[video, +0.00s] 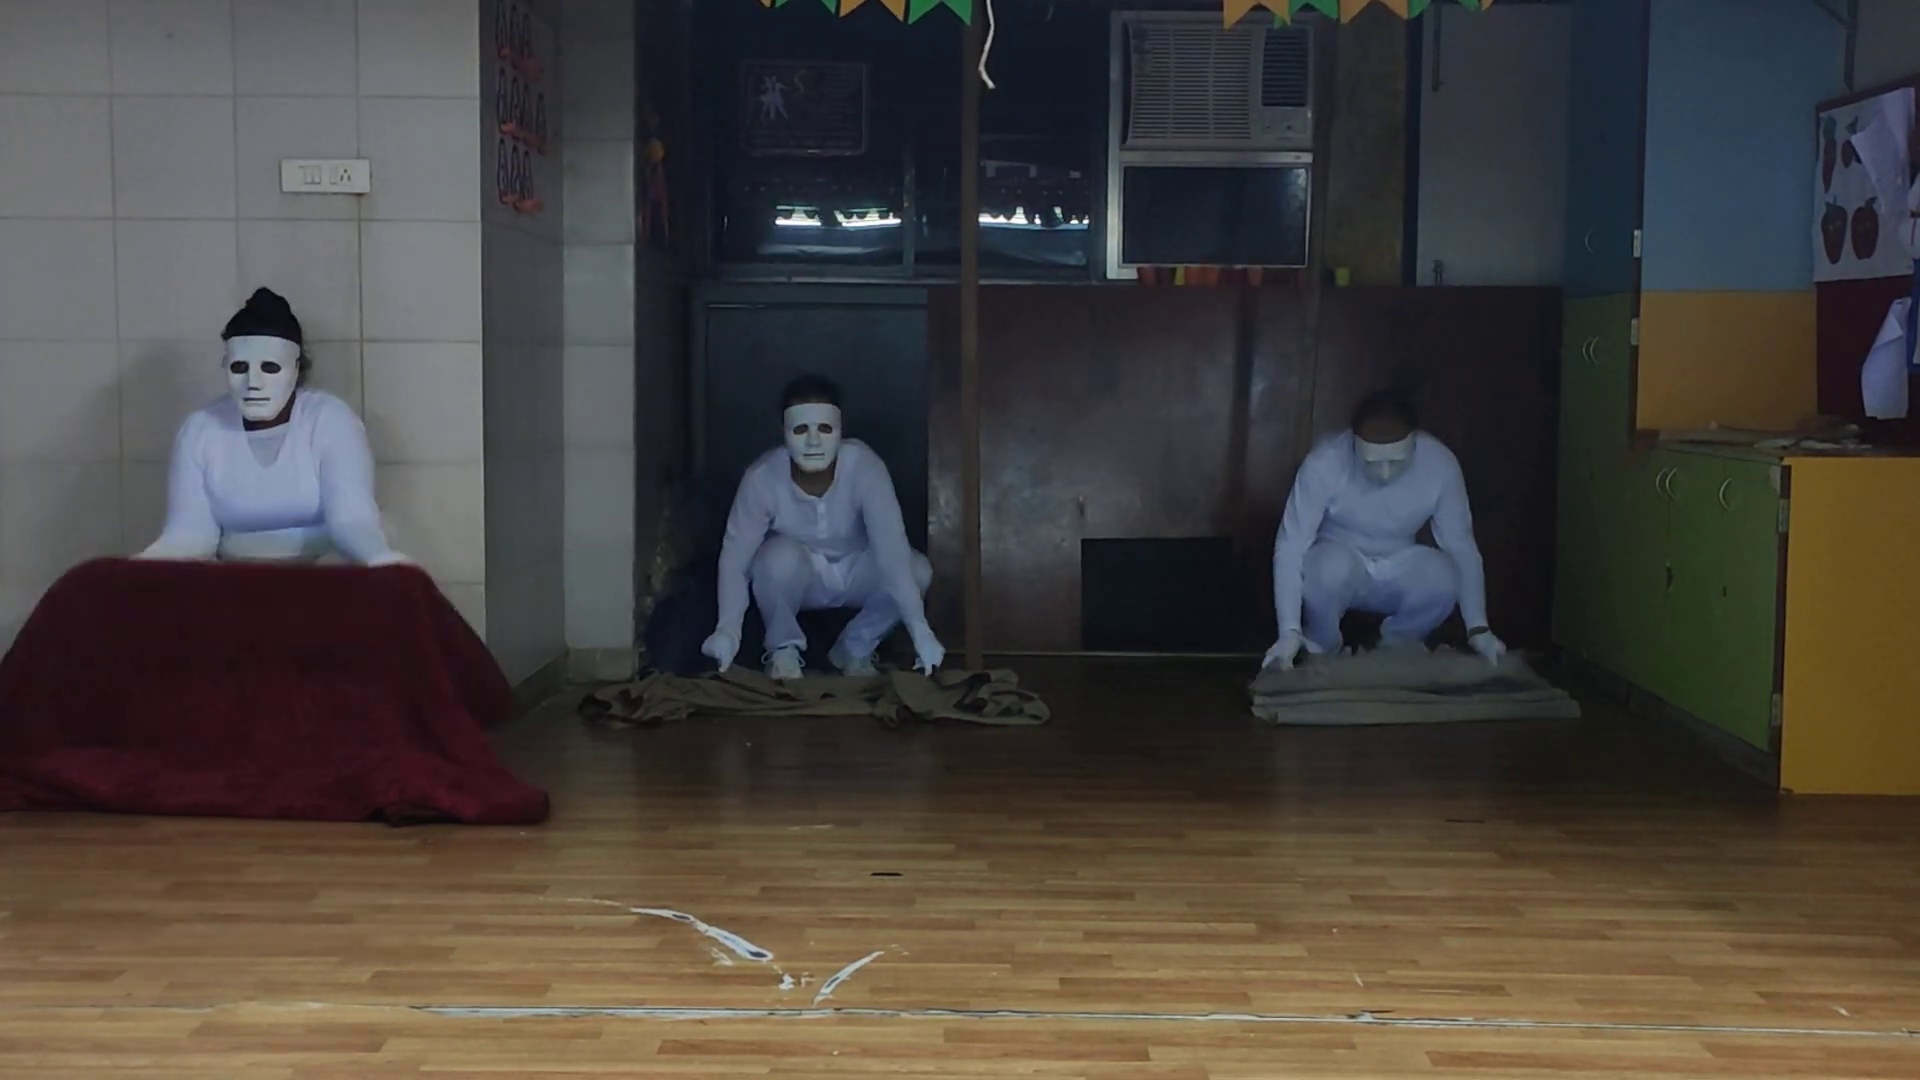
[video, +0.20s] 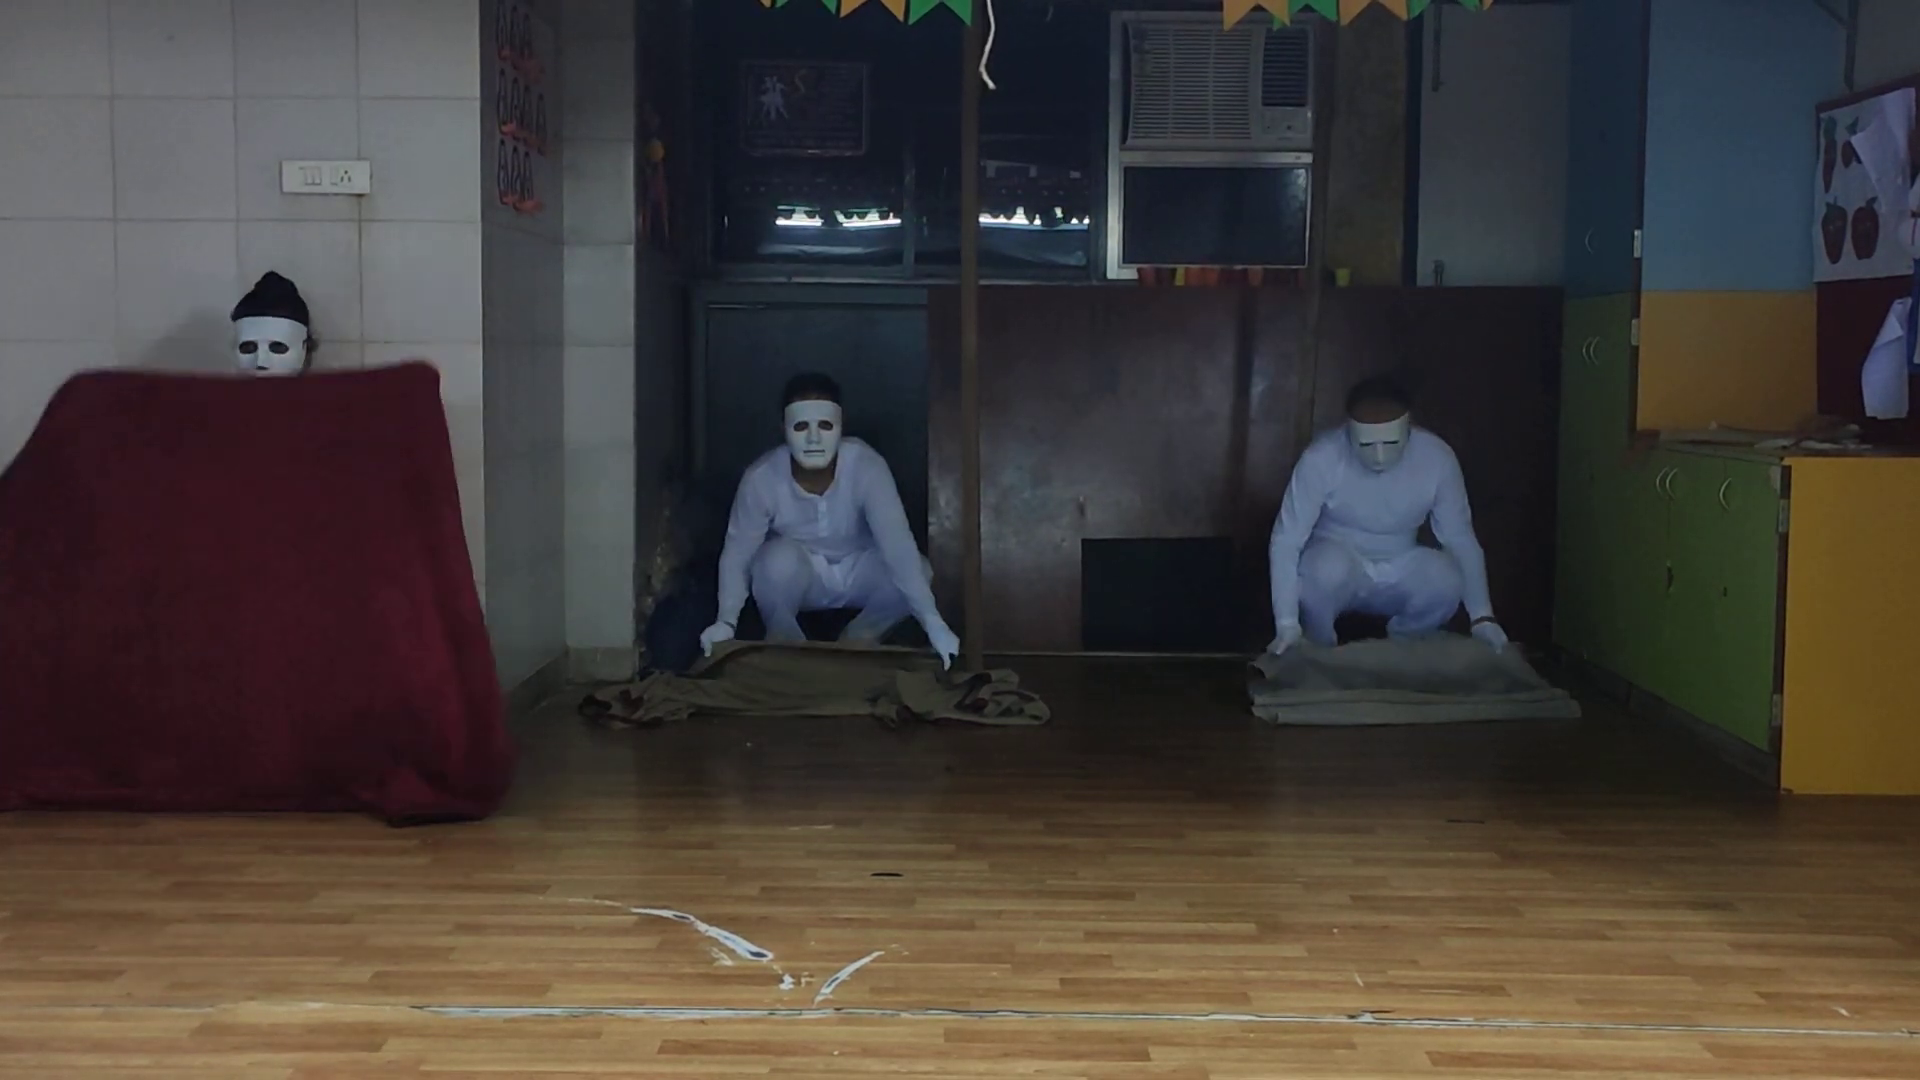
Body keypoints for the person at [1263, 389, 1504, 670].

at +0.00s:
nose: (1384, 472)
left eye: (1395, 461)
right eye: (1373, 462)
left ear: (1412, 444)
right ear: (1355, 445)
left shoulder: (1439, 466)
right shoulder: (1325, 464)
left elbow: (1462, 547)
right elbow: (1289, 547)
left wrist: (1478, 630)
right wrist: (1288, 632)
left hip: (1402, 570)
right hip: (1341, 566)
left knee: (1441, 578)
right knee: (1327, 568)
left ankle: (1398, 647)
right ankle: (1322, 649)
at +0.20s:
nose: (1379, 456)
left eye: (1391, 443)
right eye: (1367, 445)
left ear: (1408, 431)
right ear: (1350, 435)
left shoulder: (1437, 460)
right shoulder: (1323, 460)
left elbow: (1461, 541)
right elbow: (1285, 543)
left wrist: (1482, 618)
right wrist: (1286, 626)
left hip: (1403, 571)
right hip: (1340, 570)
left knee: (1444, 581)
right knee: (1324, 569)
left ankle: (1404, 643)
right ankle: (1319, 645)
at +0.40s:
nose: (1376, 423)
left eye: (1387, 409)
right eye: (1363, 412)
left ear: (1403, 401)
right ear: (1346, 408)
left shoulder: (1434, 446)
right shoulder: (1320, 446)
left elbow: (1463, 528)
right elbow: (1278, 525)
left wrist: (1488, 603)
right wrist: (1269, 607)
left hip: (1403, 567)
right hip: (1336, 566)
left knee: (1450, 584)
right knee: (1307, 575)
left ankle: (1405, 655)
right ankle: (1312, 655)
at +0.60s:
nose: (1374, 404)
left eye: (1385, 391)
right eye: (1361, 392)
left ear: (1401, 387)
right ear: (1344, 391)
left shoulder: (1432, 435)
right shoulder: (1317, 435)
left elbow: (1466, 515)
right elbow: (1274, 510)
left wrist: (1492, 588)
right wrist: (1259, 590)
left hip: (1402, 564)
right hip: (1333, 562)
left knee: (1447, 583)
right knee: (1300, 573)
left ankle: (1414, 673)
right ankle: (1307, 668)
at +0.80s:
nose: (1373, 403)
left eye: (1385, 390)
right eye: (1360, 392)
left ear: (1400, 385)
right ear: (1343, 390)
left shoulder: (1431, 435)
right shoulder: (1317, 435)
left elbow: (1465, 514)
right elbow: (1275, 511)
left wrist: (1491, 587)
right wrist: (1261, 589)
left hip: (1403, 568)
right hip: (1333, 565)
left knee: (1447, 586)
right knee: (1299, 570)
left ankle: (1407, 673)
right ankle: (1306, 668)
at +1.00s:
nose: (1374, 393)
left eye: (1386, 379)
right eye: (1361, 382)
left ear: (1401, 377)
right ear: (1344, 382)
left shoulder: (1432, 425)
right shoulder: (1320, 428)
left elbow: (1463, 496)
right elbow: (1275, 500)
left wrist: (1496, 548)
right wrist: (1274, 553)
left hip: (1408, 557)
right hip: (1331, 557)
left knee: (1474, 592)